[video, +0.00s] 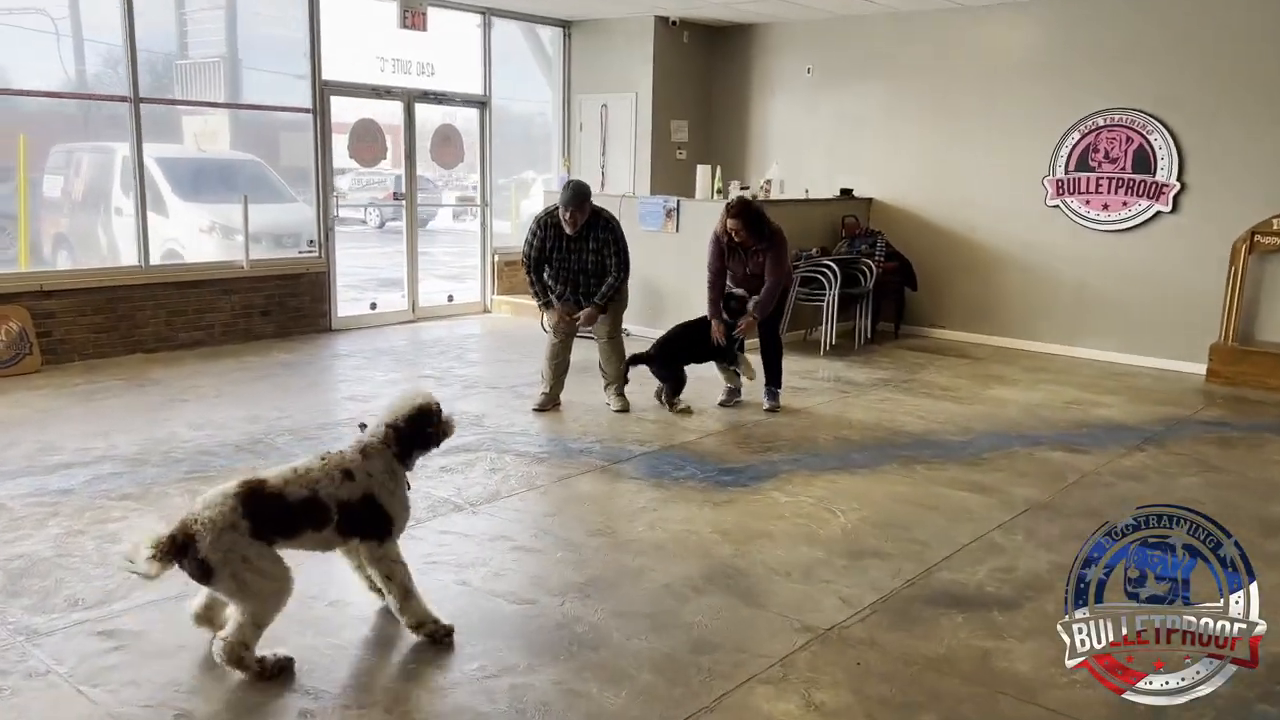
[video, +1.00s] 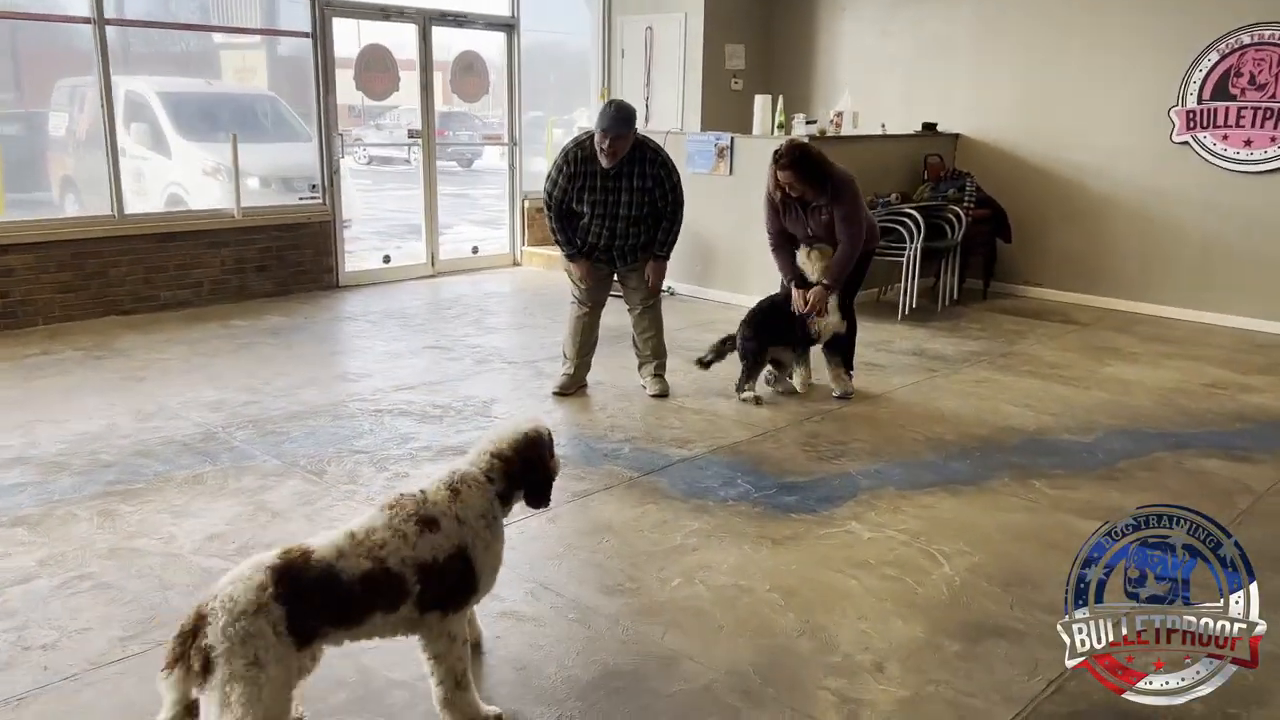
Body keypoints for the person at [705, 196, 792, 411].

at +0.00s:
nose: (733, 235)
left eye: (738, 231)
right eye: (730, 230)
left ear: (752, 226)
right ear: (725, 225)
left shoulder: (774, 237)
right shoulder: (721, 237)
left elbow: (774, 281)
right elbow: (714, 276)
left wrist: (755, 317)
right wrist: (714, 317)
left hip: (772, 286)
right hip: (738, 285)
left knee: (768, 330)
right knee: (728, 330)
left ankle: (772, 390)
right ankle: (732, 385)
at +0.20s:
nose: (752, 256)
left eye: (756, 252)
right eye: (748, 251)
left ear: (771, 247)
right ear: (743, 243)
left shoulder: (796, 253)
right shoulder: (739, 249)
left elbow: (793, 300)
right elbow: (733, 290)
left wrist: (767, 332)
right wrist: (736, 328)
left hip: (796, 293)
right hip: (759, 292)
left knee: (790, 338)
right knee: (754, 337)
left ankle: (793, 398)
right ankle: (751, 392)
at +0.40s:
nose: (768, 255)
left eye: (773, 251)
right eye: (764, 250)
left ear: (788, 245)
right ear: (759, 241)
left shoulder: (815, 248)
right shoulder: (758, 245)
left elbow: (818, 301)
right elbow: (746, 285)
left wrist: (786, 331)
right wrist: (749, 324)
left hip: (818, 289)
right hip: (779, 289)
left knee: (811, 336)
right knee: (765, 335)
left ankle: (813, 399)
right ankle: (772, 393)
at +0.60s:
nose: (783, 246)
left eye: (788, 242)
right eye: (778, 240)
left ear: (803, 234)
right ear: (773, 232)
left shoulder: (831, 241)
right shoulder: (771, 237)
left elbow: (838, 293)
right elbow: (765, 281)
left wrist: (812, 333)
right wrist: (763, 318)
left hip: (836, 285)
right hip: (795, 283)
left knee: (826, 337)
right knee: (786, 334)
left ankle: (832, 400)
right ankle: (789, 394)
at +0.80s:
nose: (785, 222)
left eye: (790, 217)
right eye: (781, 217)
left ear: (806, 209)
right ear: (775, 209)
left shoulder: (838, 217)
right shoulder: (775, 219)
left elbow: (851, 270)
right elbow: (770, 265)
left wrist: (827, 312)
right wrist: (767, 309)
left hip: (845, 268)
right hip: (802, 267)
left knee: (835, 323)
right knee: (790, 321)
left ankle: (840, 389)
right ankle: (797, 383)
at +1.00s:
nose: (787, 189)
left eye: (792, 184)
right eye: (782, 184)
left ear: (809, 176)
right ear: (776, 177)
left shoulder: (841, 187)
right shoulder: (776, 194)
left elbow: (851, 243)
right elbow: (778, 240)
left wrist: (826, 286)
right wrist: (794, 282)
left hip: (851, 245)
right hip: (806, 244)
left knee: (840, 303)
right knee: (792, 300)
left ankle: (842, 373)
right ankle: (788, 367)